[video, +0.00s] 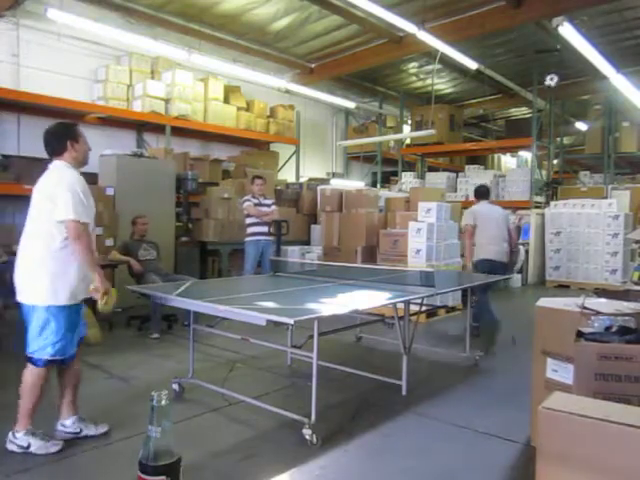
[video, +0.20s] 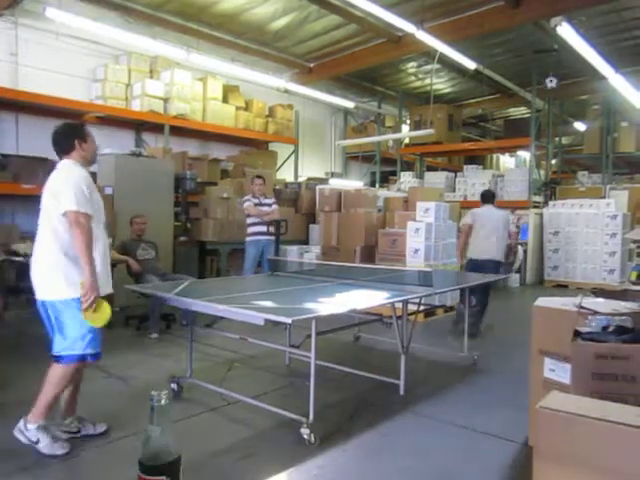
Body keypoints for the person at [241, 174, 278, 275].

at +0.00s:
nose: (259, 187)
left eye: (262, 185)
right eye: (257, 185)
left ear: (265, 186)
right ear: (252, 186)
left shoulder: (270, 201)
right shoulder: (247, 200)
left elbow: (276, 215)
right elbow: (253, 212)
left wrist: (261, 216)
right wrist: (269, 212)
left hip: (268, 238)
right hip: (253, 238)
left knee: (267, 269)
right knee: (249, 269)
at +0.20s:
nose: (259, 187)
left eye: (261, 185)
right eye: (256, 185)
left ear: (265, 186)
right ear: (252, 186)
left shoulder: (271, 200)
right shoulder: (247, 199)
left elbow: (277, 215)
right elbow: (252, 211)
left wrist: (261, 216)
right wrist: (269, 212)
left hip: (269, 238)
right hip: (253, 238)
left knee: (268, 269)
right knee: (249, 269)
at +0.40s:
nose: (262, 187)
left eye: (264, 184)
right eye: (259, 184)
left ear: (268, 186)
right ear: (255, 186)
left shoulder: (274, 199)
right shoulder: (251, 198)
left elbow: (278, 214)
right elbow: (252, 210)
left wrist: (262, 216)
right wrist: (270, 211)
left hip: (270, 237)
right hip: (255, 237)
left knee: (269, 266)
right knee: (250, 267)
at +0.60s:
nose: (264, 186)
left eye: (266, 184)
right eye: (261, 184)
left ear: (270, 186)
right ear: (257, 186)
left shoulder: (276, 199)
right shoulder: (253, 198)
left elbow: (279, 214)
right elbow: (253, 210)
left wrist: (265, 217)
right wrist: (271, 212)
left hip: (271, 237)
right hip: (255, 237)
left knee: (269, 267)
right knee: (250, 267)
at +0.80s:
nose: (264, 186)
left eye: (267, 184)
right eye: (262, 184)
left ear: (270, 186)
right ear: (258, 186)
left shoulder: (277, 200)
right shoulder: (253, 198)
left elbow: (279, 215)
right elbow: (253, 211)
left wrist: (265, 217)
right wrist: (272, 212)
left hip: (271, 237)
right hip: (256, 236)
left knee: (269, 267)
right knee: (250, 267)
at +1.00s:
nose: (263, 185)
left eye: (266, 183)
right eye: (261, 183)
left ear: (269, 185)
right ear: (257, 185)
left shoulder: (274, 200)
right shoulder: (252, 197)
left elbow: (279, 215)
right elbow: (252, 210)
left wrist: (265, 217)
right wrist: (271, 212)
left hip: (270, 237)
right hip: (254, 236)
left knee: (268, 267)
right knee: (250, 267)